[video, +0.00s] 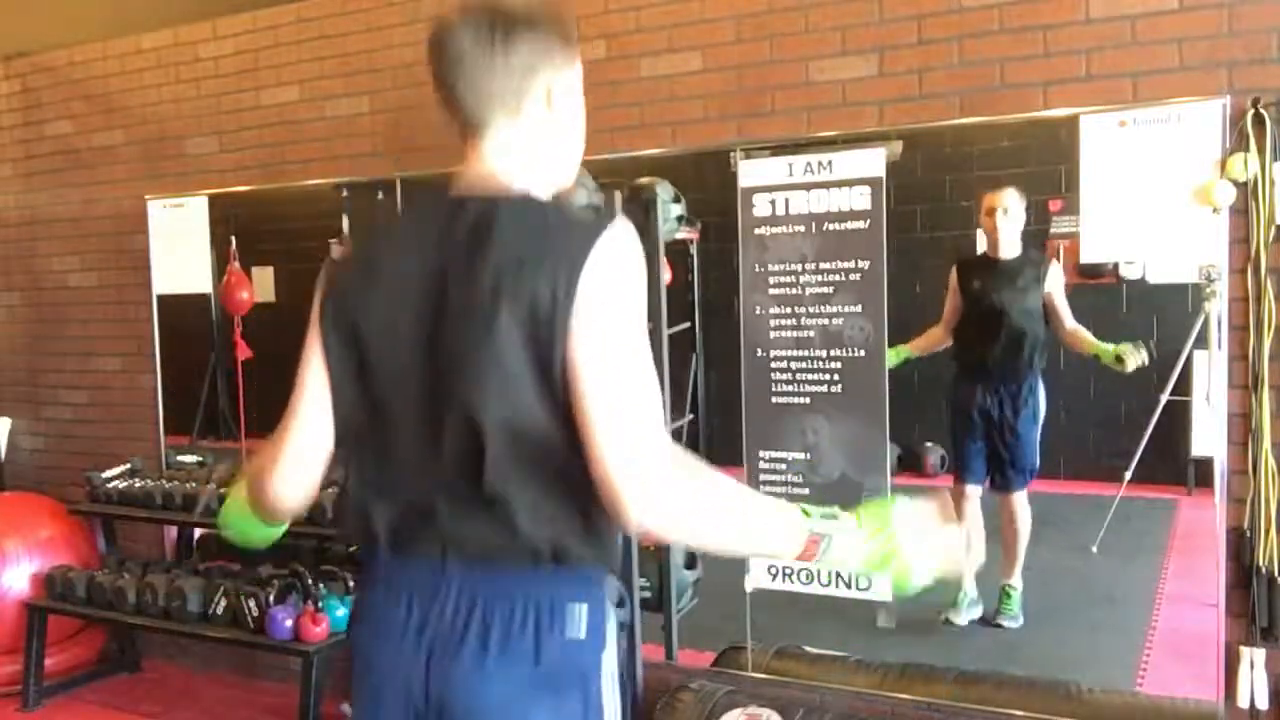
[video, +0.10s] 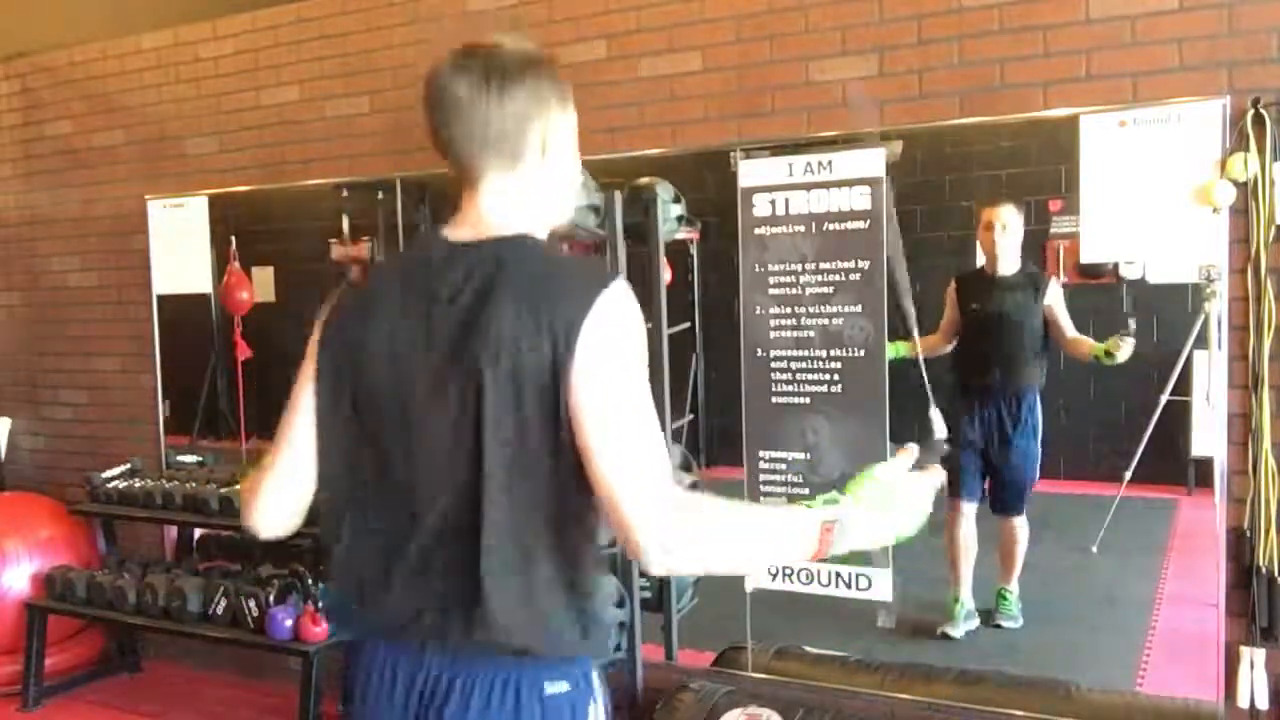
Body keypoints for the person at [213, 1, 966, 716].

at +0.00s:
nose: (585, 121)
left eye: (582, 96)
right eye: (580, 95)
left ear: (454, 104)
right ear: (557, 94)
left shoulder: (360, 264)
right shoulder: (591, 247)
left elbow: (282, 482)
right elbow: (646, 490)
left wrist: (253, 499)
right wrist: (838, 538)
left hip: (393, 615)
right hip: (543, 626)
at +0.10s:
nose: (579, 160)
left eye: (573, 138)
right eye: (572, 137)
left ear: (453, 149)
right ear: (549, 144)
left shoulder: (350, 311)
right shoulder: (586, 303)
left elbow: (268, 510)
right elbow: (659, 533)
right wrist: (837, 524)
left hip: (382, 675)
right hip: (532, 682)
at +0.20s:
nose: (570, 107)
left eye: (567, 75)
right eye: (563, 75)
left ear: (442, 79)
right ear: (529, 72)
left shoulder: (341, 241)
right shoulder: (565, 215)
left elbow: (265, 452)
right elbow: (634, 456)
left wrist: (245, 524)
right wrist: (810, 530)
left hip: (367, 609)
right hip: (510, 616)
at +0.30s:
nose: (556, 60)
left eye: (551, 37)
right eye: (552, 36)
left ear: (424, 51)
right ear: (529, 40)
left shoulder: (324, 205)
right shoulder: (549, 186)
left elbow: (264, 422)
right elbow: (601, 427)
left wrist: (221, 534)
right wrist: (774, 541)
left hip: (358, 573)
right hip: (505, 582)